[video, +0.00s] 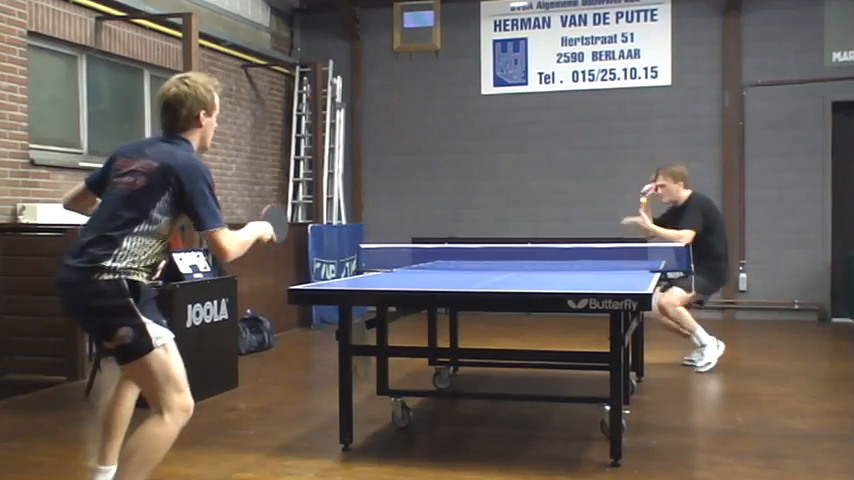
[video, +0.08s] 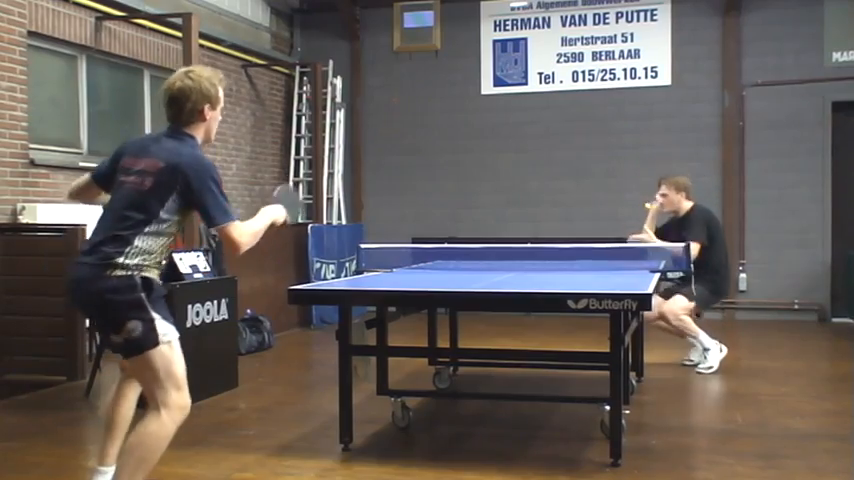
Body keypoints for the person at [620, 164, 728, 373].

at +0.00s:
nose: (658, 191)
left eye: (662, 186)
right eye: (658, 187)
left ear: (678, 185)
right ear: (676, 186)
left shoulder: (696, 204)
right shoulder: (676, 211)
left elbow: (684, 238)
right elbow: (650, 232)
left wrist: (648, 226)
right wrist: (645, 204)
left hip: (710, 271)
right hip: (691, 270)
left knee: (667, 301)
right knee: (652, 308)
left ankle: (710, 343)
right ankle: (701, 344)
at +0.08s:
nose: (659, 200)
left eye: (664, 195)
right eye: (659, 195)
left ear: (681, 195)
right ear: (679, 196)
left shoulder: (698, 215)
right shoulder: (676, 223)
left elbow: (691, 252)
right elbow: (649, 240)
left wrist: (655, 243)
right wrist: (653, 214)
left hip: (710, 281)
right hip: (688, 279)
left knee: (671, 310)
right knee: (649, 312)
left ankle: (712, 347)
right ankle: (698, 344)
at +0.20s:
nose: (661, 218)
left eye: (666, 213)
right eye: (660, 214)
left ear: (682, 213)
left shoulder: (702, 235)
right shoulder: (674, 240)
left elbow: (698, 277)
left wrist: (665, 260)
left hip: (715, 295)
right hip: (689, 293)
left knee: (674, 315)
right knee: (648, 316)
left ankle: (714, 348)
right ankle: (697, 343)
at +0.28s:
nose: (659, 228)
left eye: (664, 223)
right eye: (658, 223)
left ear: (680, 223)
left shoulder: (703, 244)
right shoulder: (672, 248)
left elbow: (704, 288)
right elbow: (672, 289)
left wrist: (677, 274)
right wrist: (658, 308)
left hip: (716, 300)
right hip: (688, 299)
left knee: (675, 315)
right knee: (648, 321)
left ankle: (716, 349)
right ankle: (696, 344)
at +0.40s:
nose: (655, 227)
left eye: (660, 222)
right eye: (654, 223)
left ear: (676, 223)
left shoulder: (700, 243)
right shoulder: (662, 248)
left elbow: (709, 286)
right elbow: (668, 286)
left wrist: (682, 276)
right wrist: (657, 310)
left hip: (712, 296)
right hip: (682, 296)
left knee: (678, 312)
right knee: (646, 323)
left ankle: (715, 350)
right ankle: (694, 343)